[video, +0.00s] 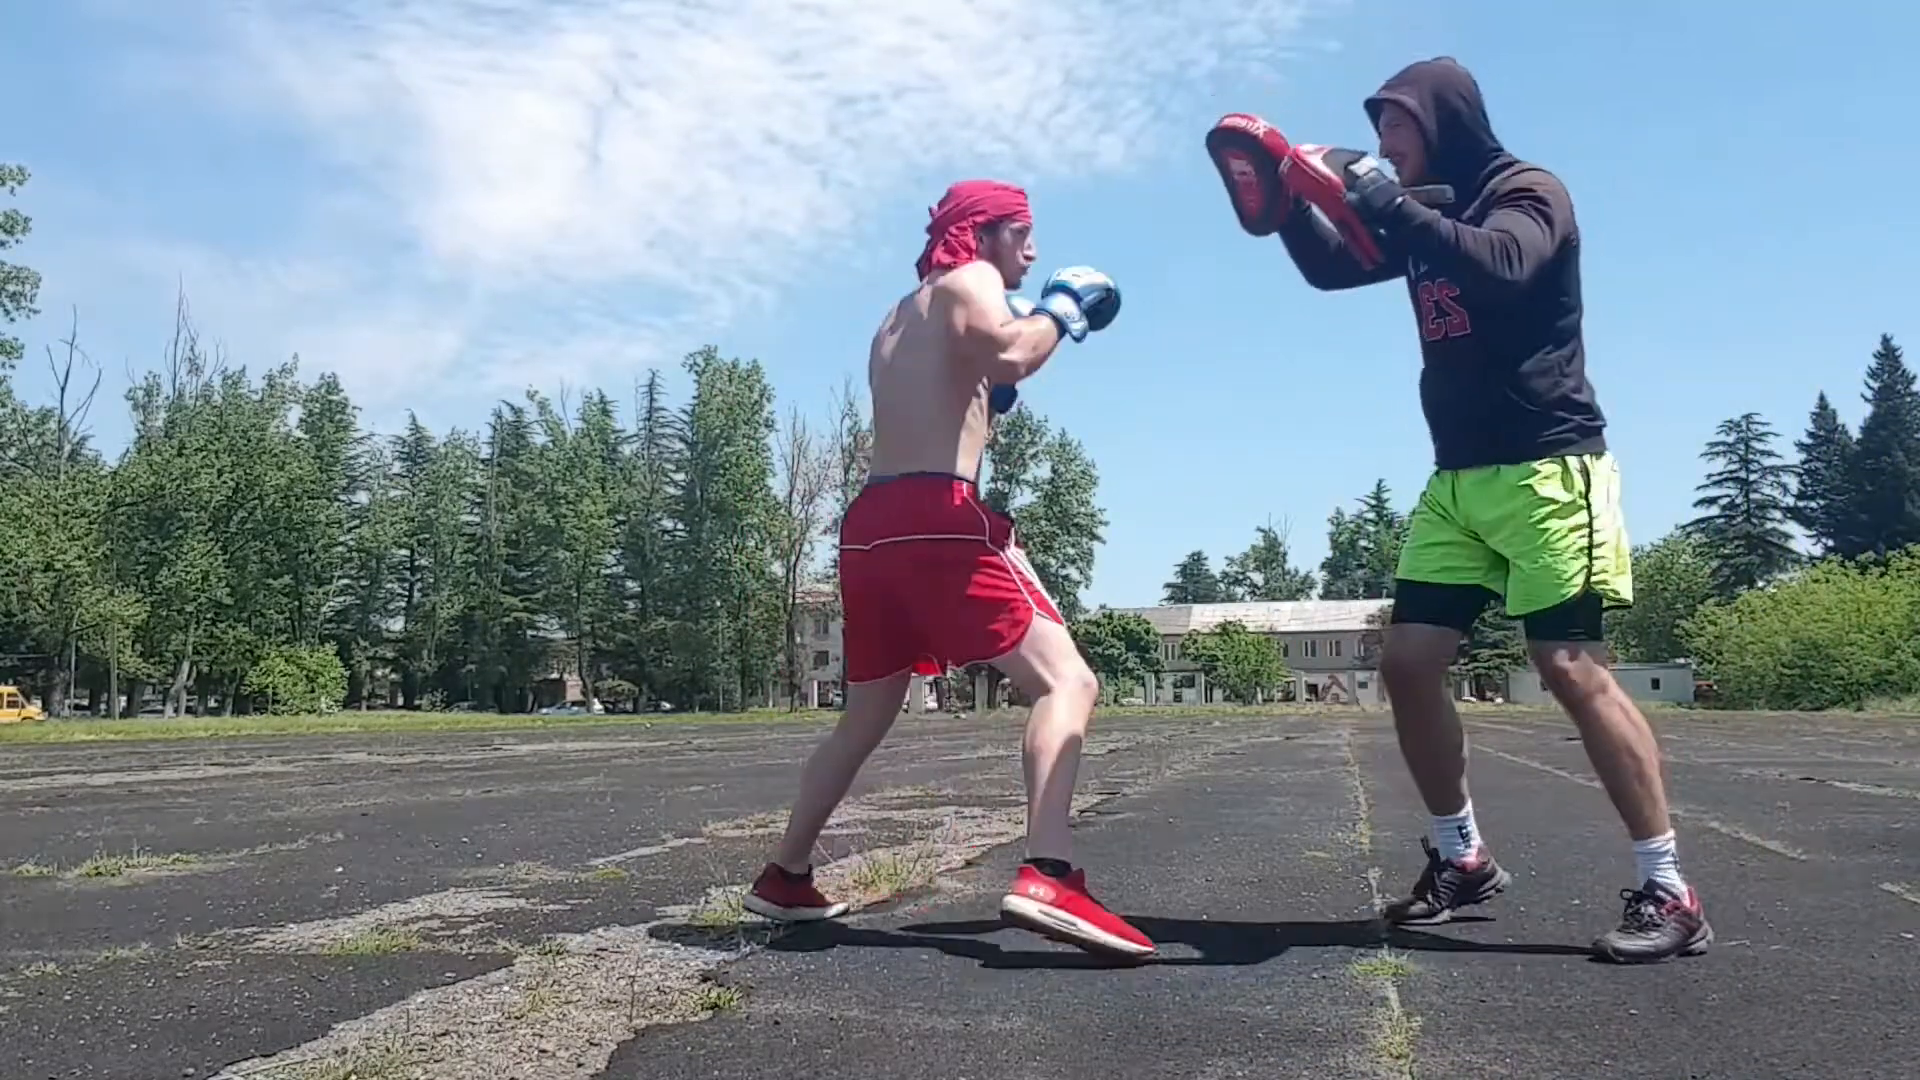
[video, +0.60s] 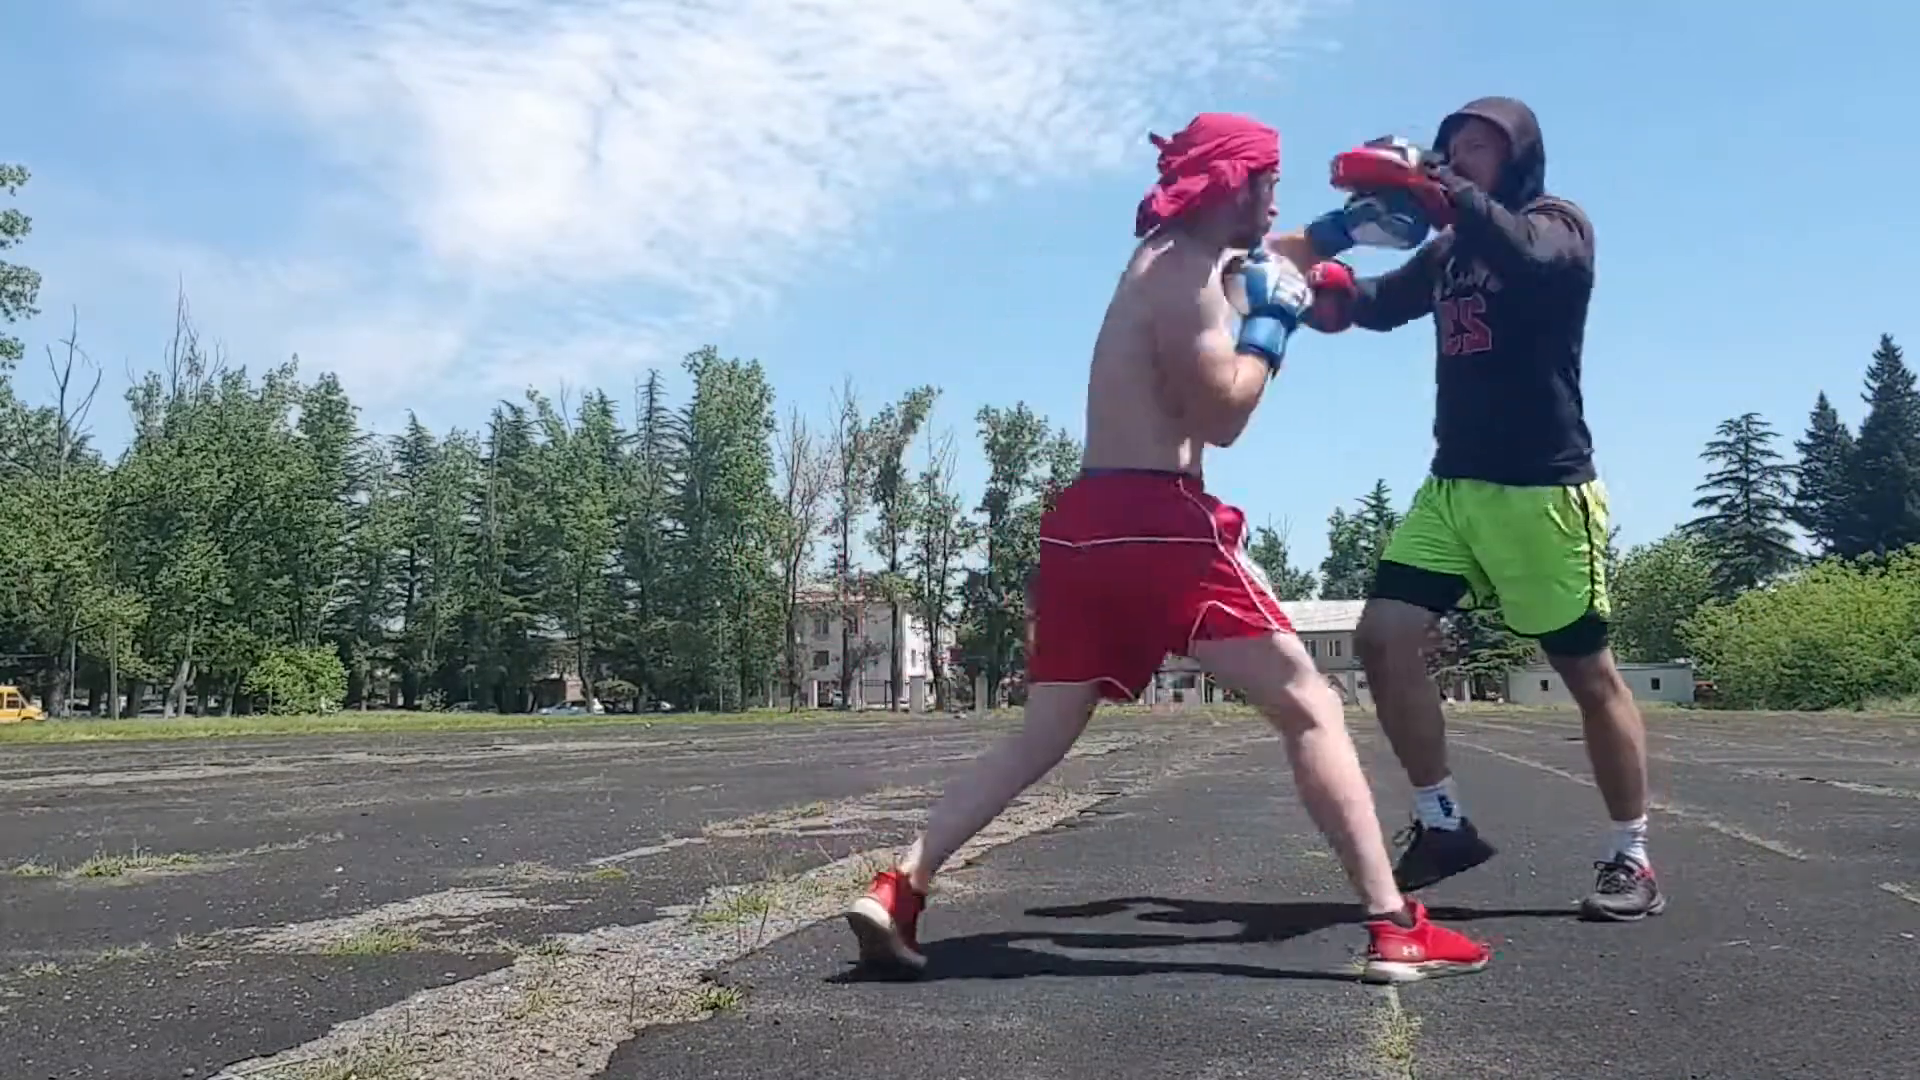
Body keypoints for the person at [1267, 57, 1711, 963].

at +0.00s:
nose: (1381, 136)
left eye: (1393, 119)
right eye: (1380, 122)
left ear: (1443, 119)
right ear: (1413, 129)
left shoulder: (1531, 192)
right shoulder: (1415, 213)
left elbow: (1504, 261)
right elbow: (1329, 268)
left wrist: (1393, 204)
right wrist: (1286, 200)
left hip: (1551, 474)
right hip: (1458, 483)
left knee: (1572, 667)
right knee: (1408, 663)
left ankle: (1668, 892)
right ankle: (1462, 863)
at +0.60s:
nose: (1454, 162)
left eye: (1474, 147)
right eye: (1448, 152)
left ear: (1518, 157)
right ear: (1445, 165)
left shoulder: (1558, 224)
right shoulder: (1448, 248)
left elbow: (1531, 254)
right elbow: (1383, 304)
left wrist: (1441, 192)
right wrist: (1320, 286)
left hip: (1545, 492)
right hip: (1452, 489)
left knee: (1593, 677)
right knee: (1386, 640)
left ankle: (1632, 860)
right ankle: (1443, 826)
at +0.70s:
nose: (1461, 154)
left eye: (1479, 142)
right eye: (1452, 145)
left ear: (1516, 159)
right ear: (1439, 166)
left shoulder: (1563, 235)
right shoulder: (1441, 257)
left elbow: (1636, 271)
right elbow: (1374, 345)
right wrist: (1323, 330)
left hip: (1544, 487)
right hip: (1451, 486)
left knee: (1589, 673)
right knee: (1389, 646)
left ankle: (1629, 856)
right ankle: (1442, 804)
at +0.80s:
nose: (1457, 167)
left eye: (1473, 152)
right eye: (1444, 158)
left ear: (1510, 163)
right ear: (1435, 179)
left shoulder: (1565, 243)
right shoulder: (1432, 267)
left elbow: (1675, 328)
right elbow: (1394, 362)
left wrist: (1632, 275)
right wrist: (1335, 369)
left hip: (1543, 490)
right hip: (1445, 490)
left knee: (1590, 674)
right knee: (1409, 660)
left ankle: (1632, 860)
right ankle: (1437, 809)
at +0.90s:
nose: (1454, 176)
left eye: (1471, 162)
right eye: (1441, 167)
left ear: (1503, 173)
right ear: (1428, 184)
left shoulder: (1550, 252)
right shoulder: (1409, 272)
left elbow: (1636, 348)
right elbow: (1340, 369)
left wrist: (1627, 340)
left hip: (1535, 495)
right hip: (1436, 499)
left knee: (1582, 679)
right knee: (1429, 676)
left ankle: (1630, 858)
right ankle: (1439, 834)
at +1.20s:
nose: (1431, 197)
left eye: (1447, 185)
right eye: (1418, 186)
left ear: (1475, 195)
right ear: (1400, 199)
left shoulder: (1512, 261)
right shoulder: (1375, 265)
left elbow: (1598, 302)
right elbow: (1308, 295)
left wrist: (1558, 225)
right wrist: (1296, 215)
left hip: (1491, 496)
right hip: (1395, 495)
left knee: (1501, 679)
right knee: (1395, 678)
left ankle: (1496, 846)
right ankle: (1414, 840)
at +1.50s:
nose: (1405, 193)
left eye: (1421, 180)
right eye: (1389, 179)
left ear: (1445, 196)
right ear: (1361, 191)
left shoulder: (1467, 264)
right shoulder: (1336, 260)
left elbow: (1545, 270)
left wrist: (1507, 191)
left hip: (1451, 497)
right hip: (1359, 498)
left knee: (1480, 675)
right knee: (1314, 679)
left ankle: (1493, 849)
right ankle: (1280, 847)